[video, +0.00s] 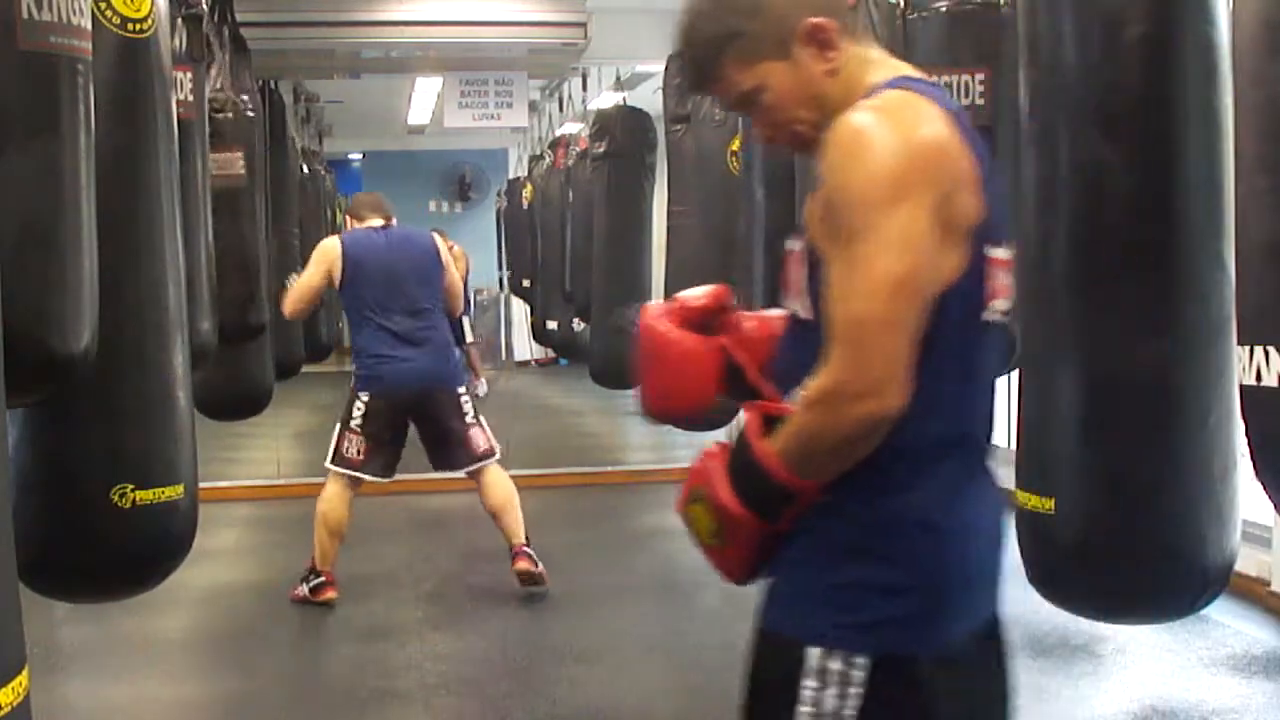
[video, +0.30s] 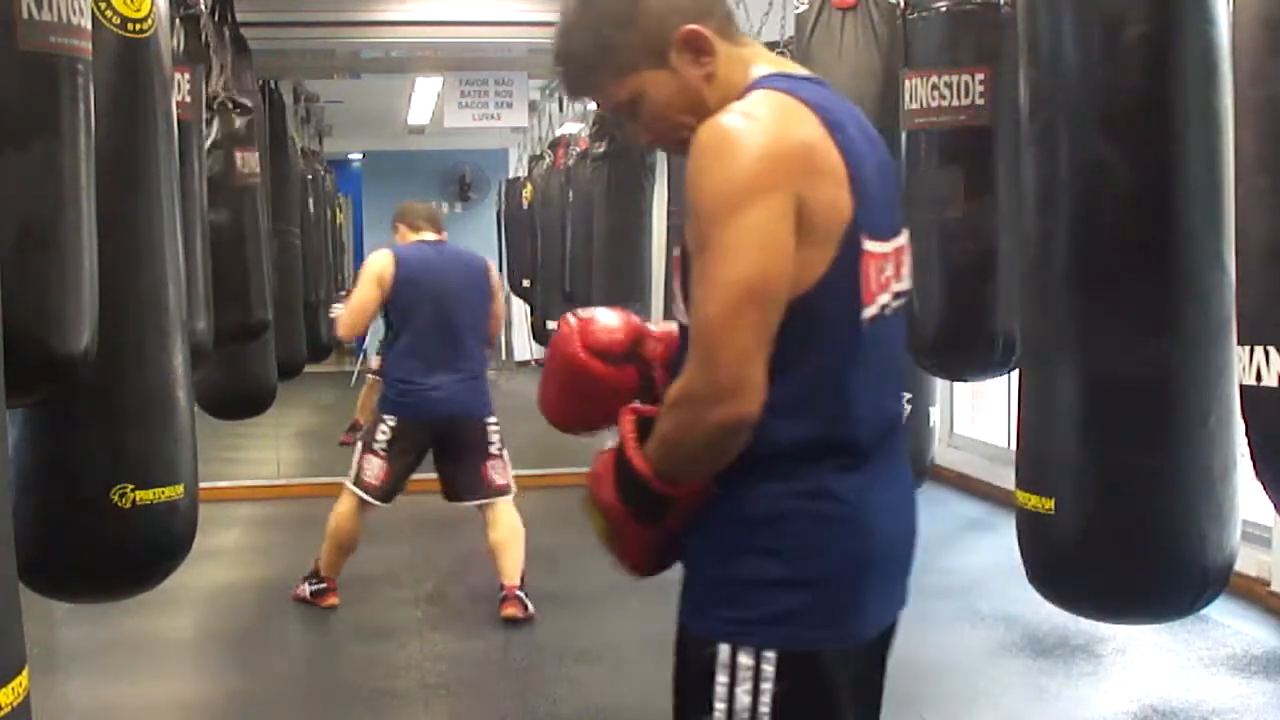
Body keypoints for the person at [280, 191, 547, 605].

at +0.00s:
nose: (344, 227)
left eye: (345, 222)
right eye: (347, 222)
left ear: (350, 222)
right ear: (392, 220)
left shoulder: (334, 248)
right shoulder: (432, 243)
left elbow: (293, 308)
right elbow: (456, 307)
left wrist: (297, 283)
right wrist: (455, 266)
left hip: (380, 380)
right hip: (441, 376)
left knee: (340, 479)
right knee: (485, 466)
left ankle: (320, 575)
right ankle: (521, 549)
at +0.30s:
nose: (395, 241)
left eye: (395, 235)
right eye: (397, 236)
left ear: (402, 231)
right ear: (441, 232)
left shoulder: (386, 261)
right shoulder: (483, 268)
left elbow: (349, 328)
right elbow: (493, 330)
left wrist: (344, 308)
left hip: (406, 406)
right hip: (470, 406)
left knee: (355, 499)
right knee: (499, 502)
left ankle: (323, 581)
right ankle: (512, 590)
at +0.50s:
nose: (411, 216)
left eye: (411, 211)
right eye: (412, 211)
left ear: (422, 206)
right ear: (460, 207)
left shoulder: (406, 239)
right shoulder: (505, 247)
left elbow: (366, 305)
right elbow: (520, 315)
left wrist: (383, 271)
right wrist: (476, 294)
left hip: (418, 390)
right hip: (481, 392)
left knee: (377, 487)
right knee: (499, 494)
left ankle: (378, 581)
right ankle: (510, 593)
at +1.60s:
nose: (417, 228)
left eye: (416, 221)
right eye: (416, 222)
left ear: (429, 212)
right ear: (462, 206)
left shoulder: (423, 250)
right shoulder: (512, 240)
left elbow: (381, 295)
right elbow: (511, 297)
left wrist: (389, 251)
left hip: (457, 380)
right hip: (518, 373)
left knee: (432, 487)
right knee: (541, 477)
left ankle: (415, 581)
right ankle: (562, 564)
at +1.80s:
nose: (431, 228)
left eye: (431, 223)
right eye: (431, 224)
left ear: (440, 217)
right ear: (475, 211)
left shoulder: (433, 251)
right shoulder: (523, 245)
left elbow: (405, 310)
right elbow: (524, 300)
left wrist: (402, 277)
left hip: (471, 380)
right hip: (527, 377)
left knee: (435, 487)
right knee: (551, 475)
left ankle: (415, 582)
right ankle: (588, 565)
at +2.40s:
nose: (469, 224)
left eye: (469, 217)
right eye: (470, 218)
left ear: (480, 214)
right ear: (514, 210)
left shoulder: (472, 246)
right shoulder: (552, 245)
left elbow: (444, 313)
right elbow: (574, 306)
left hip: (497, 383)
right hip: (555, 382)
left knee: (457, 483)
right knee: (572, 480)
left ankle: (432, 578)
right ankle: (607, 564)